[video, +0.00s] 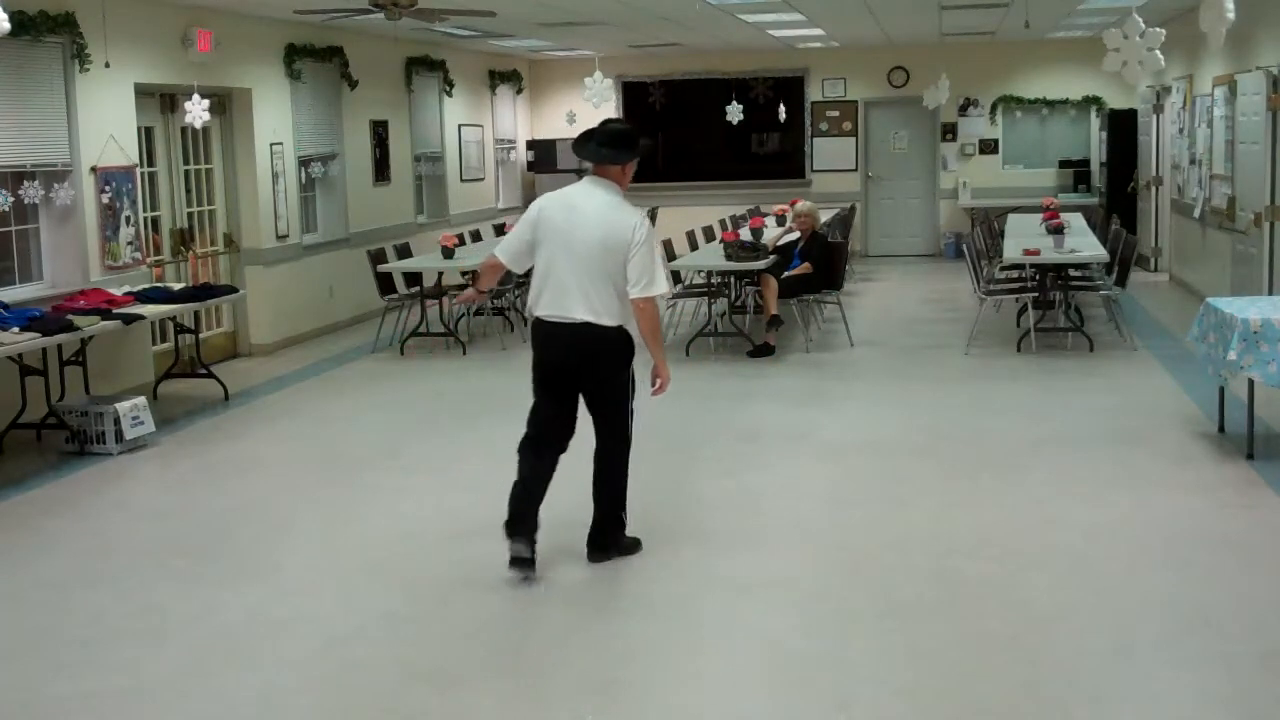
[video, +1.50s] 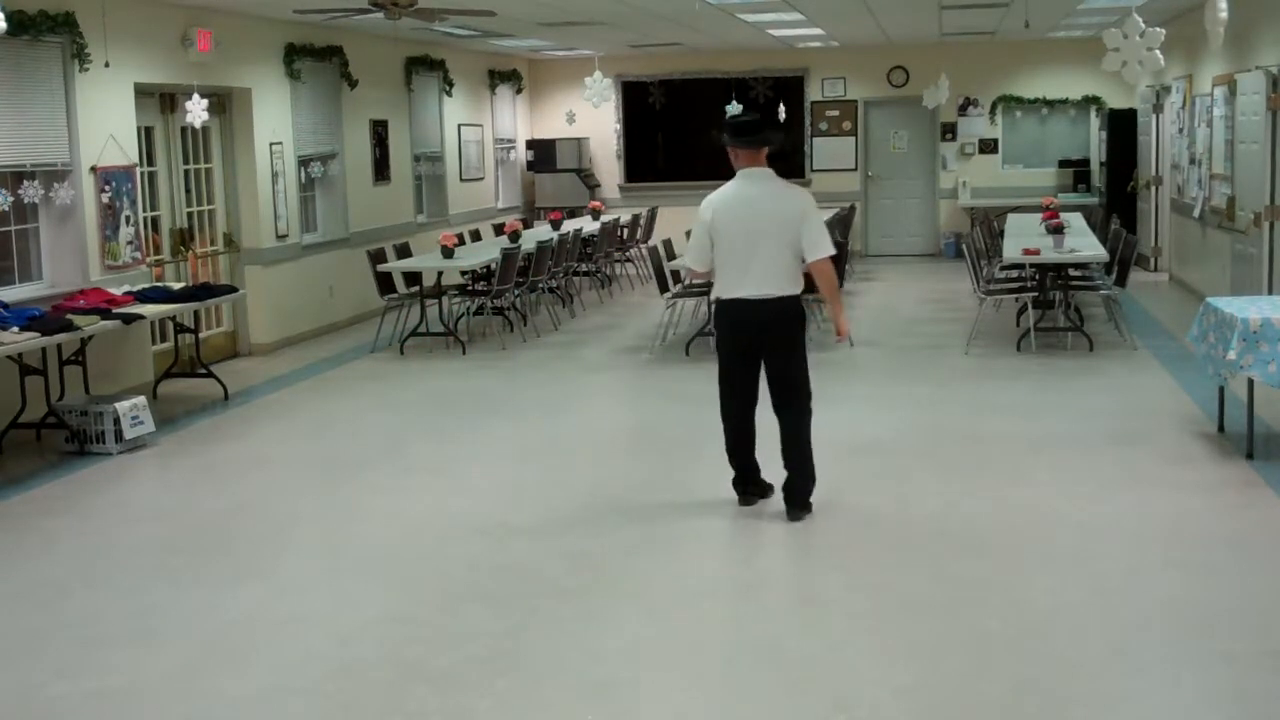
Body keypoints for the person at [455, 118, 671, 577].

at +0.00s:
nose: (633, 172)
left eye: (632, 165)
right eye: (632, 165)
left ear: (587, 162)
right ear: (624, 167)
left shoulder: (547, 205)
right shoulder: (632, 222)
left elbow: (496, 265)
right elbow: (642, 299)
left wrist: (480, 287)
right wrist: (659, 358)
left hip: (549, 339)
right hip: (606, 344)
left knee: (546, 431)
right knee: (613, 440)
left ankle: (520, 530)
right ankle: (606, 536)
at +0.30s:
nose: (665, 171)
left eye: (664, 163)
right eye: (663, 164)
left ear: (623, 165)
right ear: (651, 166)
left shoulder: (587, 206)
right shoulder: (651, 218)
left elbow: (561, 274)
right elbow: (662, 296)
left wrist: (594, 300)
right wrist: (689, 346)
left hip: (586, 339)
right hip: (635, 341)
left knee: (580, 433)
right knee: (677, 419)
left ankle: (569, 535)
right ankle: (655, 509)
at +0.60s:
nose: (705, 155)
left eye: (704, 148)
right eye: (704, 148)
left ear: (665, 149)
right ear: (696, 150)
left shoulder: (640, 194)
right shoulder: (691, 202)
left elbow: (648, 257)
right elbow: (694, 276)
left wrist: (706, 276)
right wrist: (708, 337)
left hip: (644, 314)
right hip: (681, 317)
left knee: (668, 402)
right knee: (699, 416)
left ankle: (635, 475)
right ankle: (691, 508)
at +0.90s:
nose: (735, 160)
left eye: (732, 154)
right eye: (735, 154)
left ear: (698, 158)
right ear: (729, 157)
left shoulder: (680, 202)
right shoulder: (717, 207)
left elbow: (694, 260)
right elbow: (720, 281)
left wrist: (748, 270)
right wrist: (753, 333)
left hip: (691, 318)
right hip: (718, 320)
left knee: (727, 406)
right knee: (724, 414)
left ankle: (748, 482)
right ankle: (690, 506)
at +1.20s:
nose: (753, 151)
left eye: (750, 145)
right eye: (751, 145)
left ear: (716, 149)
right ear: (747, 148)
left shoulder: (699, 195)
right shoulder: (750, 197)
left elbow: (694, 255)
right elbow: (755, 267)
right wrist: (783, 322)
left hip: (717, 310)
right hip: (750, 309)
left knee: (738, 397)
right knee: (801, 383)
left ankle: (749, 482)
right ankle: (744, 453)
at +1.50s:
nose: (731, 156)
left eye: (730, 150)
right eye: (734, 149)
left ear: (731, 152)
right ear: (768, 149)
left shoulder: (715, 203)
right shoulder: (797, 198)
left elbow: (698, 270)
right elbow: (819, 262)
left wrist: (732, 255)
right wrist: (839, 313)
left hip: (733, 317)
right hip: (784, 316)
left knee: (737, 402)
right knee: (793, 404)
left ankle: (747, 483)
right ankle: (798, 499)